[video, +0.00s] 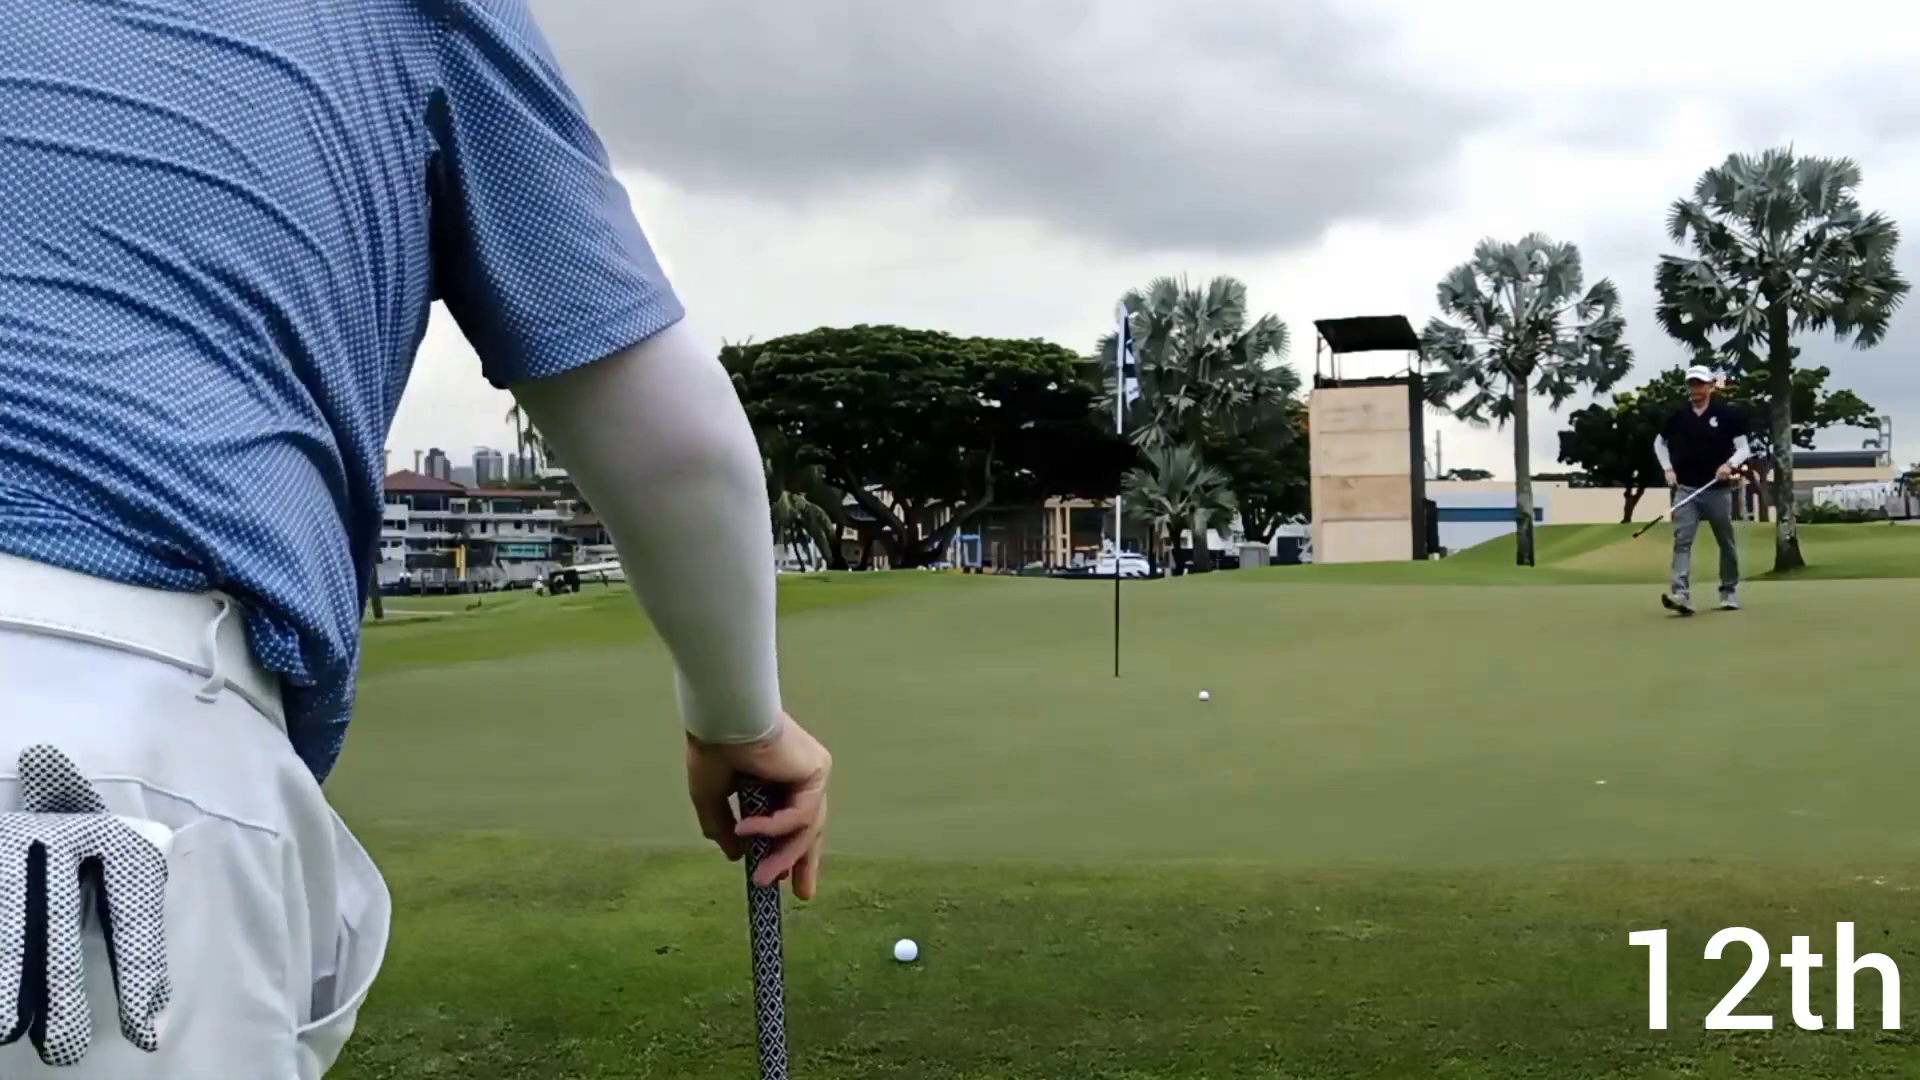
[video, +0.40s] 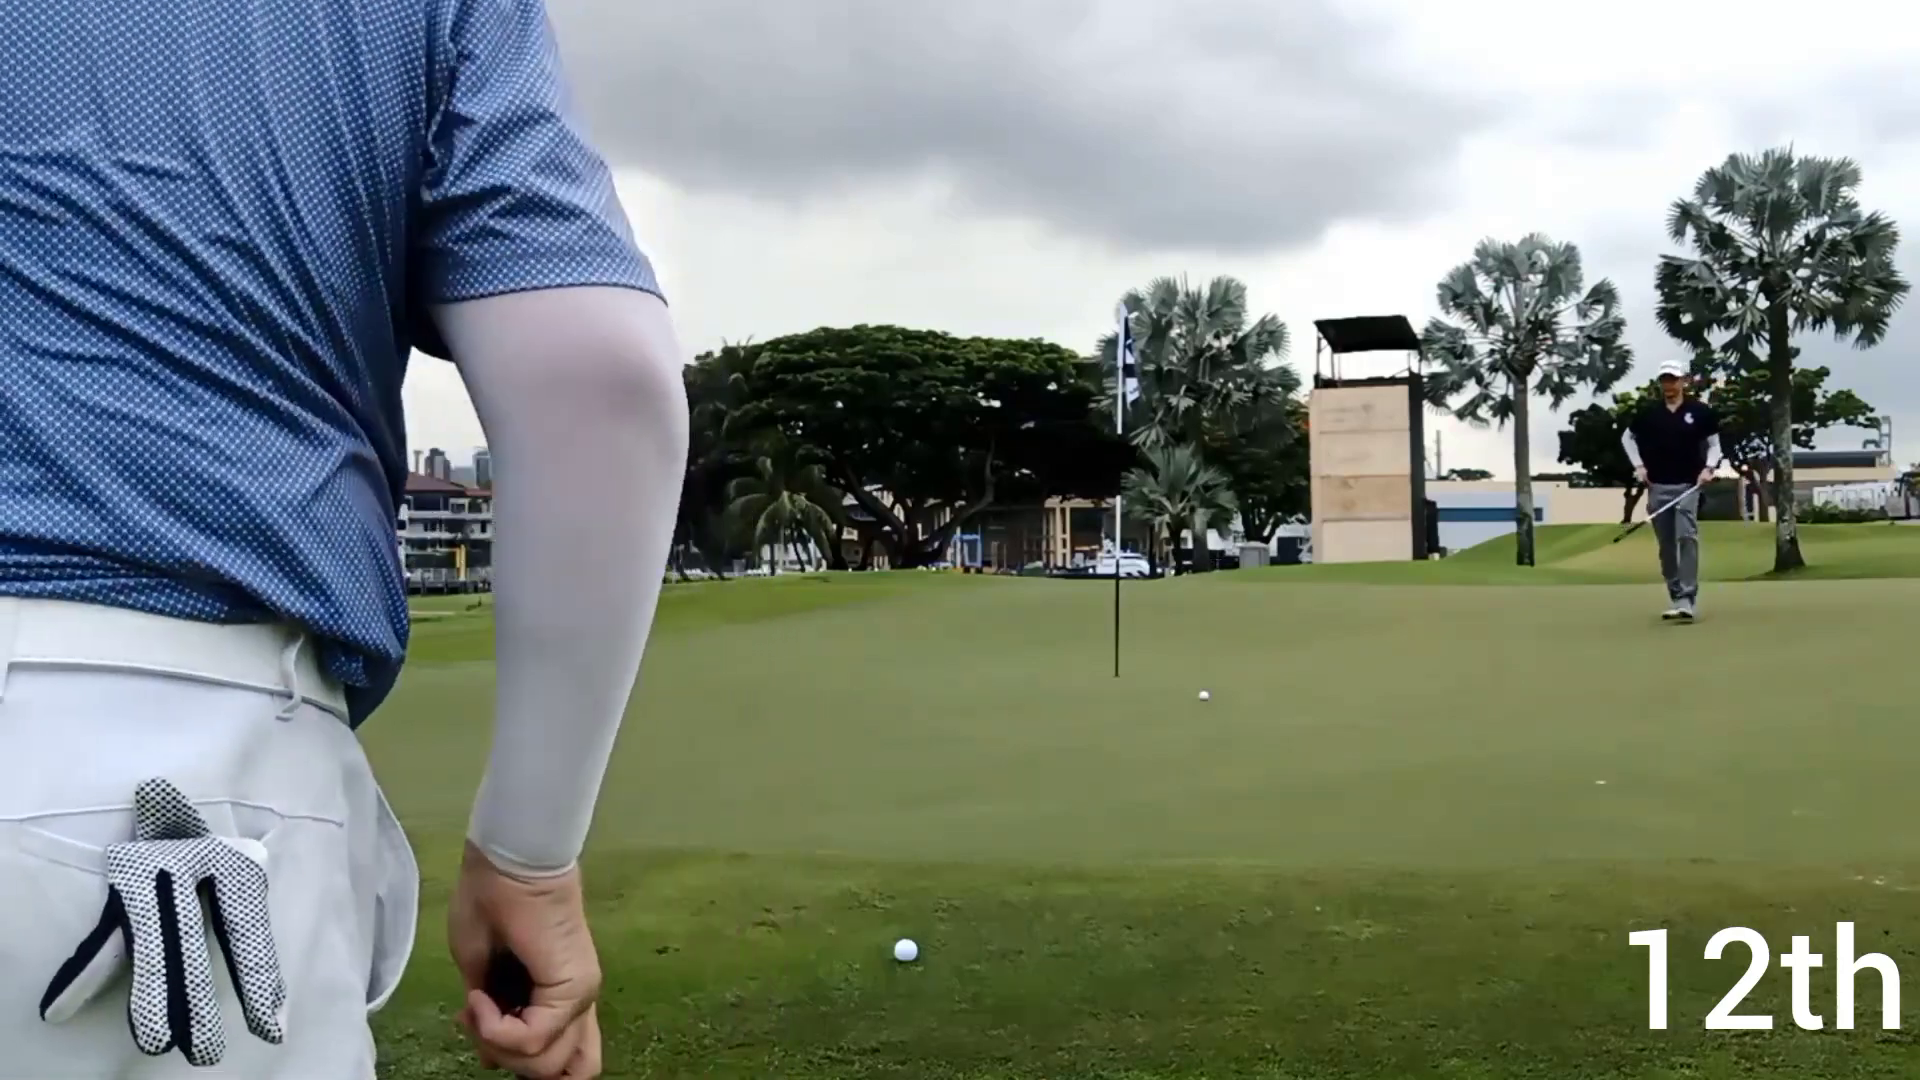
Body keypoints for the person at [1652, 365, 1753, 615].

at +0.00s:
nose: (1696, 389)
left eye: (1701, 384)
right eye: (1692, 384)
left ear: (1712, 386)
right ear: (1687, 387)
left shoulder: (1726, 415)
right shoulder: (1679, 416)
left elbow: (1743, 447)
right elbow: (1659, 443)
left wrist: (1730, 465)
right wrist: (1667, 469)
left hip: (1717, 489)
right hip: (1685, 490)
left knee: (1726, 542)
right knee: (1682, 540)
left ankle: (1729, 592)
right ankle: (1680, 594)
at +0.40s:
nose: (1669, 385)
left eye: (1673, 379)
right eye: (1664, 380)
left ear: (1683, 382)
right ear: (1659, 383)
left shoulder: (1700, 413)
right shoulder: (1649, 414)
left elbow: (1714, 445)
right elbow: (1627, 439)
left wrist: (1709, 468)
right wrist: (1638, 466)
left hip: (1687, 486)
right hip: (1658, 487)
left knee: (1686, 537)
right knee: (1665, 543)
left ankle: (1686, 598)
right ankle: (1676, 597)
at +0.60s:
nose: (1659, 393)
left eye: (1664, 388)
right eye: (1655, 388)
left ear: (1676, 390)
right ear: (1650, 391)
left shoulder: (1691, 422)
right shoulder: (1640, 420)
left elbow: (1705, 455)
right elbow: (1625, 447)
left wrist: (1700, 480)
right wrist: (1631, 474)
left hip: (1676, 497)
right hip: (1646, 497)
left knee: (1669, 549)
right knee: (1652, 553)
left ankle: (1666, 606)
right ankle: (1674, 594)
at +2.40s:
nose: (1557, 378)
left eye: (1561, 372)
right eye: (1551, 374)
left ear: (1571, 374)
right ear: (1543, 378)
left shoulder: (1592, 408)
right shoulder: (1531, 413)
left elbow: (1607, 454)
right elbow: (1517, 451)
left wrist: (1573, 469)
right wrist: (1523, 472)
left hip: (1582, 502)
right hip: (1543, 504)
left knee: (1583, 562)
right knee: (1550, 573)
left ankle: (1593, 624)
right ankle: (1563, 639)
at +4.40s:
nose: (1334, 390)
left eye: (1336, 382)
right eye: (1330, 385)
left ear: (1356, 371)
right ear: (1340, 382)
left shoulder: (1393, 397)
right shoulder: (1351, 419)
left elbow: (1402, 445)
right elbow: (1370, 463)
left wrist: (1372, 469)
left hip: (1407, 520)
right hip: (1369, 522)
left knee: (1431, 593)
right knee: (1351, 592)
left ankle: (1476, 658)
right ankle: (1344, 677)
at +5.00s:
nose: (1230, 503)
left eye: (1226, 497)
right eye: (1224, 500)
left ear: (1237, 481)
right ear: (1240, 476)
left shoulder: (1261, 493)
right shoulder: (1274, 471)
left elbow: (1263, 564)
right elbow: (1344, 473)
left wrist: (1248, 626)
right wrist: (1374, 499)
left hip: (1359, 521)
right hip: (1375, 515)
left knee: (1303, 588)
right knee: (1328, 592)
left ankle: (1302, 682)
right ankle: (1345, 678)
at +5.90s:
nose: (1212, 553)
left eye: (1207, 547)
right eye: (1206, 550)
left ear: (1214, 531)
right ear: (1216, 521)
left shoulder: (1237, 540)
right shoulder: (1257, 498)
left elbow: (1240, 614)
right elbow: (1316, 478)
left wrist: (1221, 671)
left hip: (1345, 529)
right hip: (1361, 517)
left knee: (1278, 590)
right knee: (1311, 594)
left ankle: (1299, 682)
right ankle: (1342, 678)